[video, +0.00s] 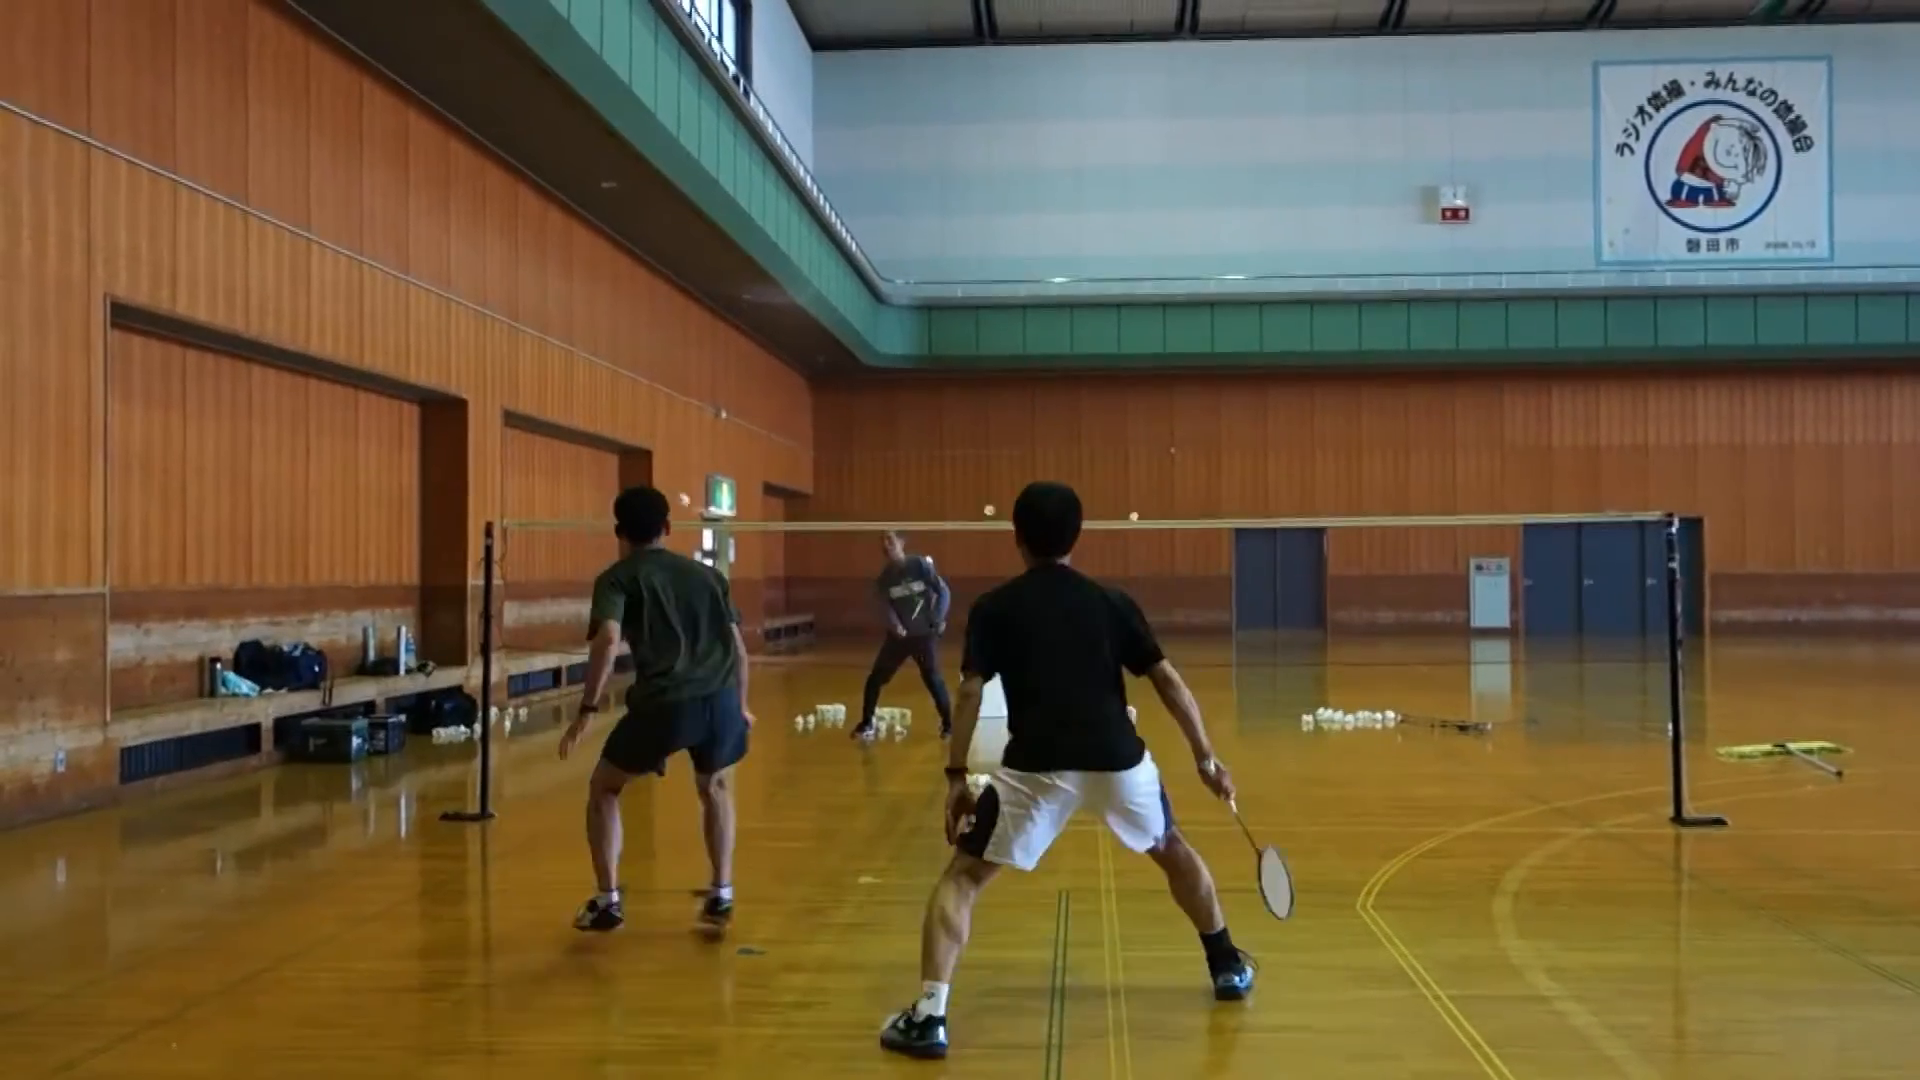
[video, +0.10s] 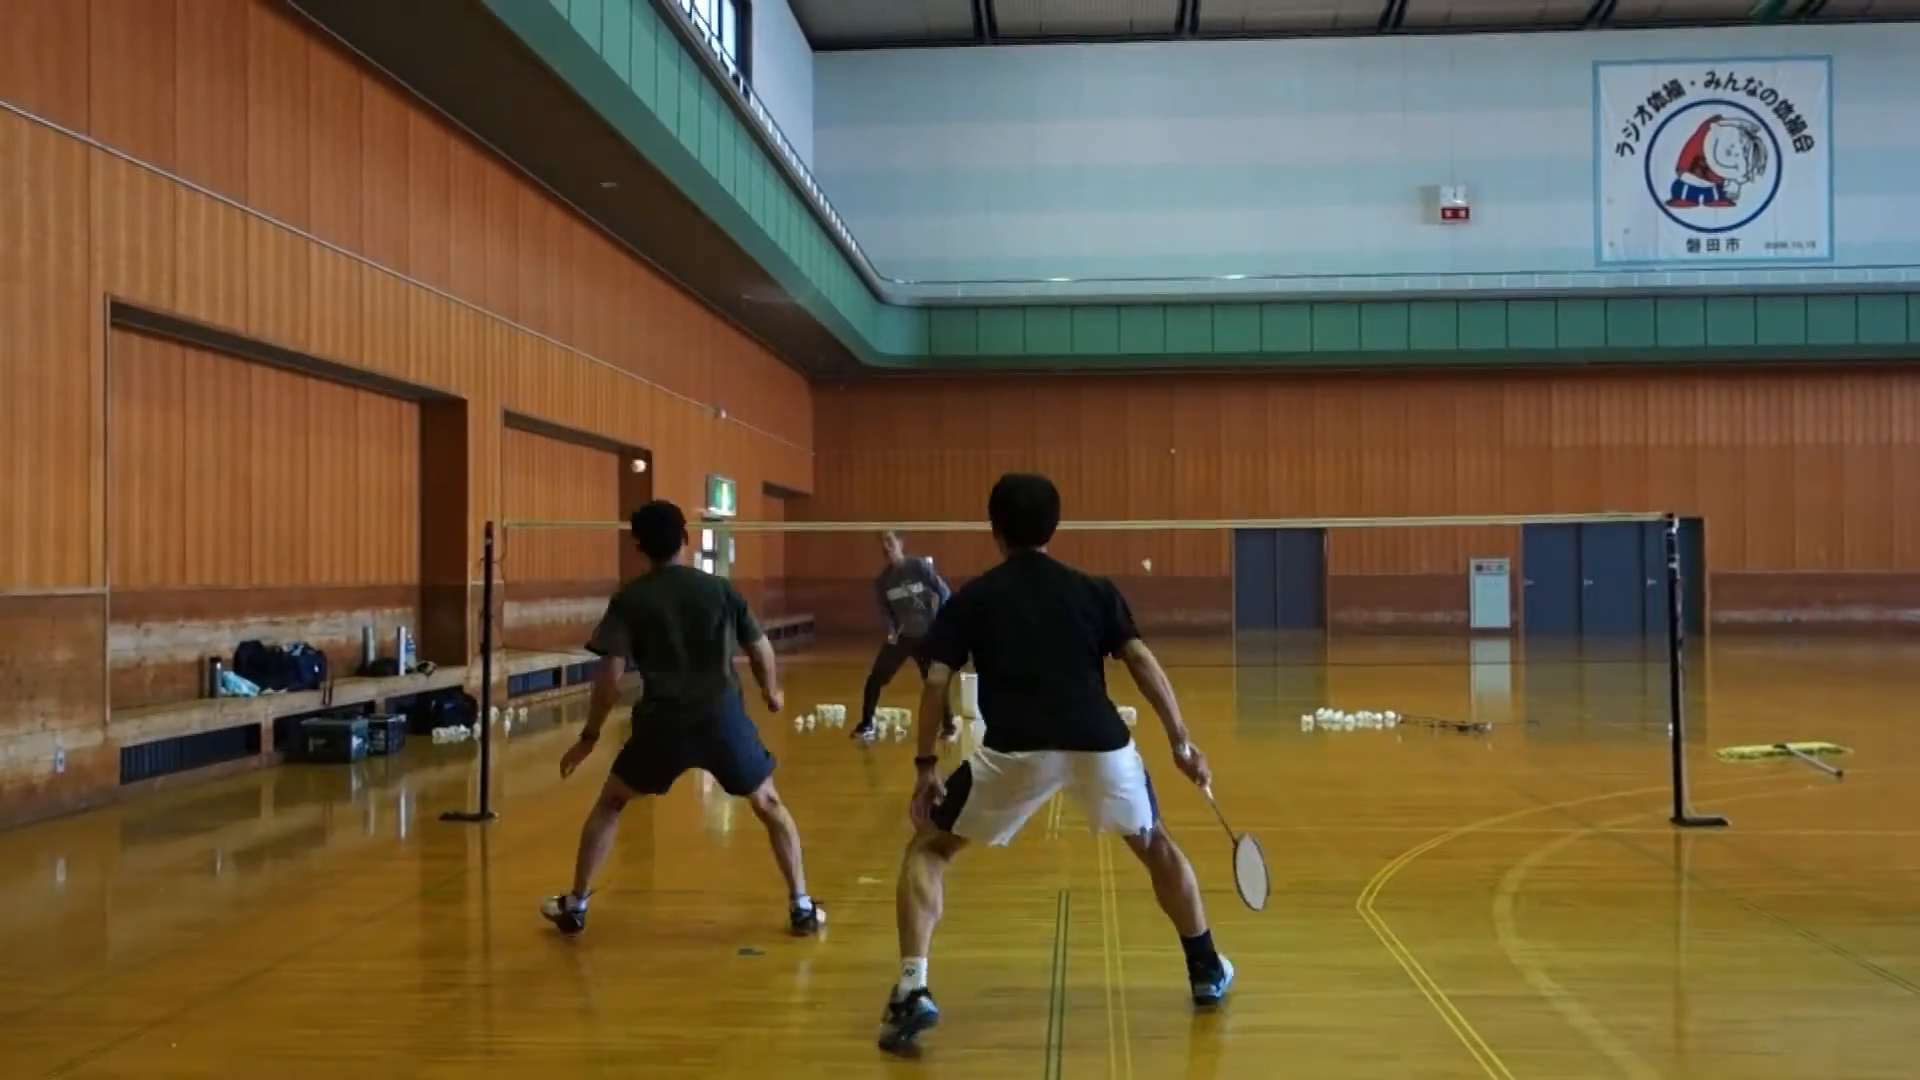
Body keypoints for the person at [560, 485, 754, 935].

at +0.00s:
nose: (617, 534)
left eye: (617, 528)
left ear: (620, 531)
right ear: (667, 528)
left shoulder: (617, 579)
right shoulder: (706, 574)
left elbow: (607, 639)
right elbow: (738, 650)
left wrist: (585, 712)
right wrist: (741, 705)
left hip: (660, 710)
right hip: (720, 705)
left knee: (605, 789)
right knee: (716, 787)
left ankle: (608, 897)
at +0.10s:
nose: (634, 545)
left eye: (635, 539)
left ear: (639, 545)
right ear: (684, 540)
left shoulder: (630, 599)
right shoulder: (717, 588)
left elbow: (610, 679)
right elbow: (760, 649)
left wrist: (590, 734)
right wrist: (771, 690)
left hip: (661, 727)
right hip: (723, 723)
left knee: (610, 804)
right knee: (770, 805)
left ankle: (576, 903)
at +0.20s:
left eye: (616, 556)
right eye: (660, 545)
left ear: (617, 560)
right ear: (661, 550)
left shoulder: (620, 620)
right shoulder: (703, 589)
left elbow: (592, 690)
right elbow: (774, 619)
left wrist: (565, 734)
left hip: (669, 736)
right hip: (730, 726)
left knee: (622, 804)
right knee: (787, 804)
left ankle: (575, 895)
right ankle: (805, 902)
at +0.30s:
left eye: (580, 578)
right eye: (603, 554)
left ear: (582, 584)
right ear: (616, 557)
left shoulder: (602, 632)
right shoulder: (671, 574)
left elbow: (598, 693)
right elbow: (728, 545)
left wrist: (612, 653)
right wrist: (688, 496)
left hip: (668, 730)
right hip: (726, 714)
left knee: (609, 806)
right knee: (782, 796)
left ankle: (571, 895)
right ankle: (804, 893)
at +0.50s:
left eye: (550, 606)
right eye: (584, 577)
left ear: (555, 612)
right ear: (587, 583)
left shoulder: (578, 666)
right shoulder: (634, 595)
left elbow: (608, 730)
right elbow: (700, 584)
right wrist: (695, 567)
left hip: (660, 734)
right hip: (708, 710)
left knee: (591, 792)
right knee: (775, 791)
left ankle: (571, 891)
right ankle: (837, 872)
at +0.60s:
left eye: (571, 582)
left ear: (574, 589)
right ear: (613, 571)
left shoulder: (588, 649)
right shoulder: (661, 595)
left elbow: (592, 725)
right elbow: (720, 629)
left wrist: (613, 758)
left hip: (664, 733)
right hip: (718, 711)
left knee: (591, 790)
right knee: (774, 793)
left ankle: (570, 894)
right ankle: (826, 880)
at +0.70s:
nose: (618, 561)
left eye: (619, 554)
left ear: (622, 557)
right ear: (663, 546)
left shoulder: (627, 613)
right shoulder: (706, 578)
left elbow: (607, 675)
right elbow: (742, 625)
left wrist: (603, 728)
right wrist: (777, 670)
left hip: (680, 722)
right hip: (738, 703)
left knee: (623, 795)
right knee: (801, 773)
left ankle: (578, 884)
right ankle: (825, 872)